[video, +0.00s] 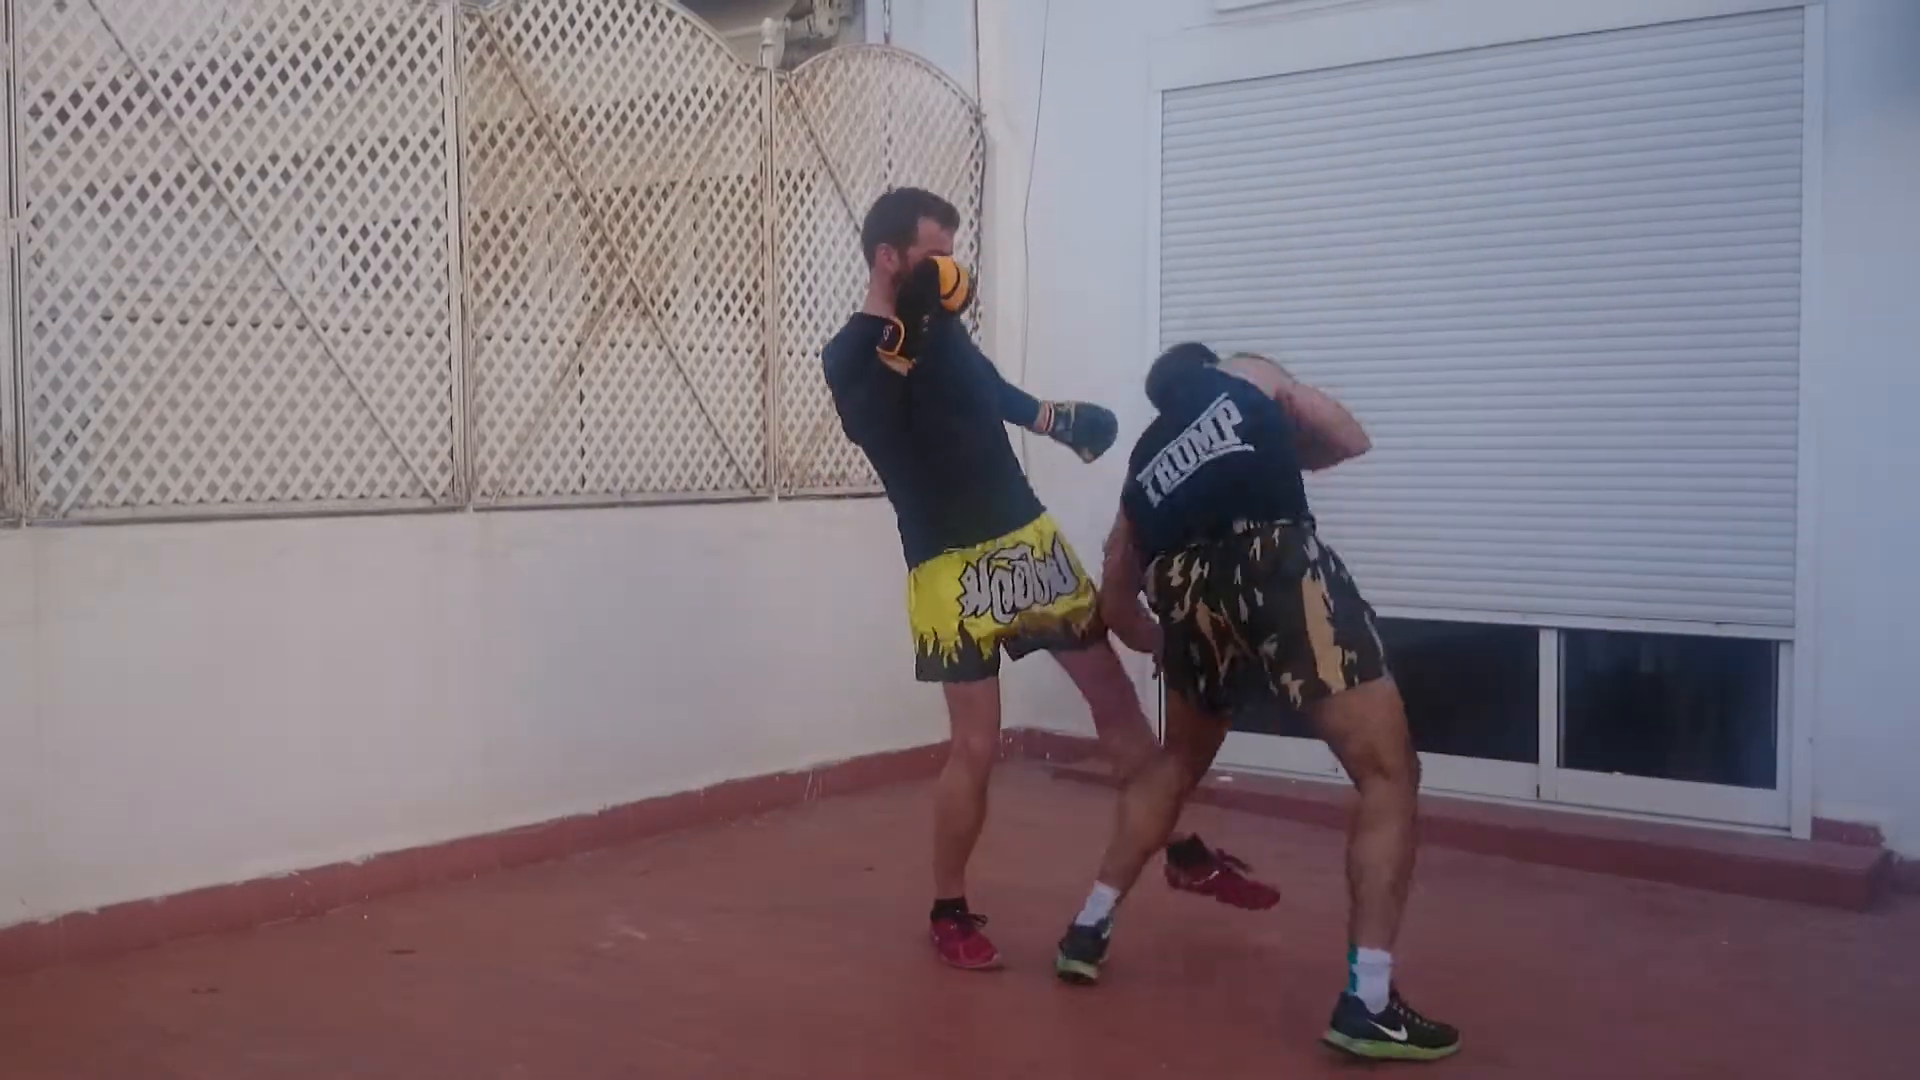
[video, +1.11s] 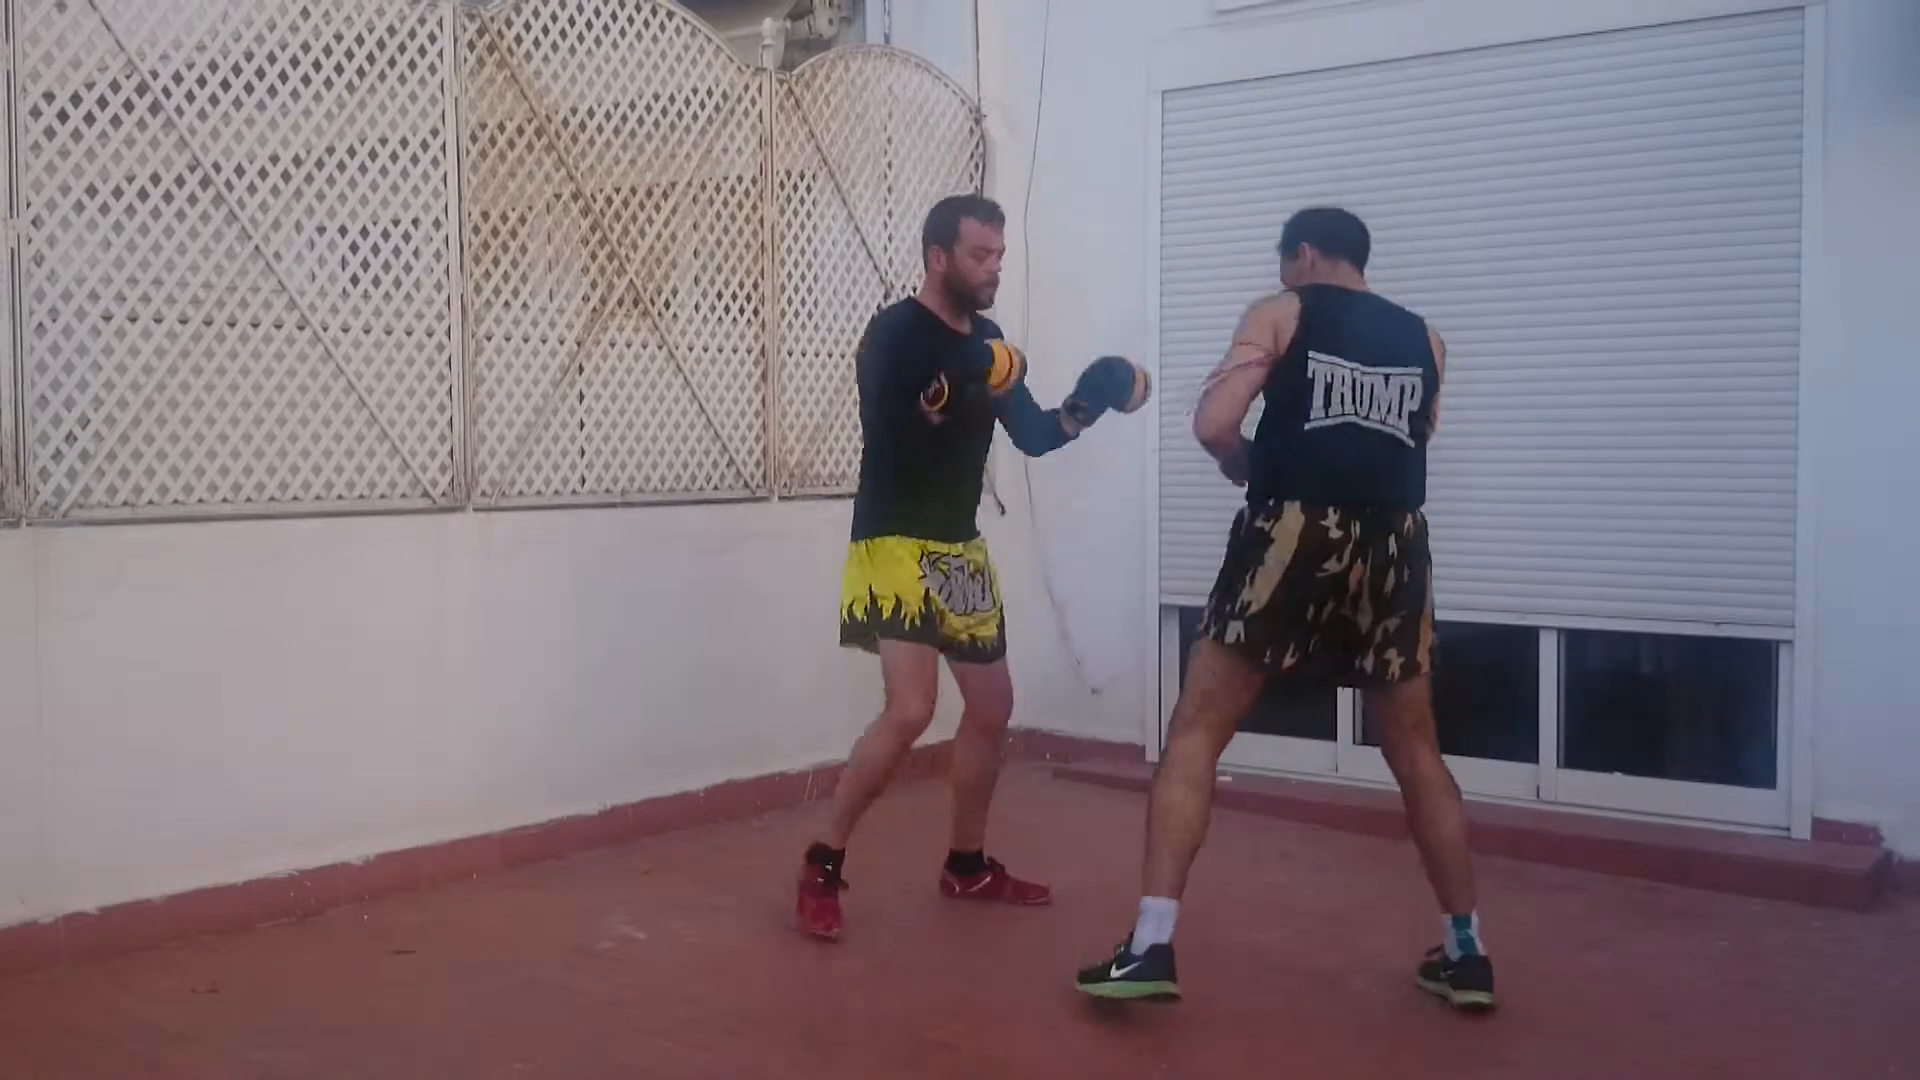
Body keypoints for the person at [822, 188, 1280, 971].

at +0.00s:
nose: (943, 271)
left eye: (947, 258)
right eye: (931, 257)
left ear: (932, 260)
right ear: (883, 257)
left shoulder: (940, 328)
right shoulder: (848, 350)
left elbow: (991, 391)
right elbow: (871, 429)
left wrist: (1050, 418)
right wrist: (896, 348)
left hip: (1027, 532)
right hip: (951, 558)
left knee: (1111, 690)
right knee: (976, 744)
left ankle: (1180, 852)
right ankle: (949, 911)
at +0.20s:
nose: (949, 287)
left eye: (952, 275)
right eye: (937, 273)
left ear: (935, 272)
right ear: (889, 270)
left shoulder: (950, 344)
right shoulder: (867, 367)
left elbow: (1013, 397)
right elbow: (961, 405)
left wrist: (1112, 391)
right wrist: (986, 300)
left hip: (1034, 545)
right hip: (961, 571)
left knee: (1114, 703)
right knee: (991, 755)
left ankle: (1151, 863)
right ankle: (952, 910)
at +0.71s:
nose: (1001, 279)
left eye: (1004, 266)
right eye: (988, 263)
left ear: (969, 260)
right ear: (942, 253)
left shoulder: (960, 334)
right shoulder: (911, 323)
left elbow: (976, 460)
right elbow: (1015, 343)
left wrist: (1059, 483)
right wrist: (1048, 253)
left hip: (1015, 543)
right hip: (959, 555)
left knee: (1073, 707)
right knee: (992, 736)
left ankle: (1086, 875)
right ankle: (953, 909)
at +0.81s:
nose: (1000, 260)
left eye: (1003, 248)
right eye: (987, 246)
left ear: (984, 250)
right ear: (940, 245)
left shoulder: (969, 327)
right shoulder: (909, 317)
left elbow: (974, 444)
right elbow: (976, 369)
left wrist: (1044, 469)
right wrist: (1051, 288)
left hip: (1003, 535)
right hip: (947, 543)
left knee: (1051, 700)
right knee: (983, 723)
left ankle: (1002, 845)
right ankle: (948, 906)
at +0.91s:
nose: (1005, 249)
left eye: (1007, 236)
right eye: (990, 238)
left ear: (1000, 245)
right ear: (945, 248)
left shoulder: (989, 331)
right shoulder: (920, 321)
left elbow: (982, 445)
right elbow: (929, 425)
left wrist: (1050, 465)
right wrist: (1007, 374)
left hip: (980, 539)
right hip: (929, 541)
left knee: (1009, 710)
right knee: (965, 718)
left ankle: (972, 860)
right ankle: (941, 907)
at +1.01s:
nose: (1009, 258)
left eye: (1011, 246)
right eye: (992, 248)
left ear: (1008, 254)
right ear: (949, 261)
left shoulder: (1004, 345)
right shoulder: (914, 340)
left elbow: (1000, 449)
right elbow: (908, 447)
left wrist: (1072, 457)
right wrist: (983, 422)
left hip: (966, 549)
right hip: (906, 547)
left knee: (1000, 710)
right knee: (942, 712)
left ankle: (965, 864)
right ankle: (907, 901)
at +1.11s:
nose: (994, 269)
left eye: (999, 256)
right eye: (981, 255)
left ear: (996, 259)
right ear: (935, 257)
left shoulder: (987, 348)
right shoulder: (893, 334)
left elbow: (1035, 436)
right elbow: (893, 439)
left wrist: (1091, 398)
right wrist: (952, 396)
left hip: (959, 542)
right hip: (894, 540)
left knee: (991, 705)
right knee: (909, 709)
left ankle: (967, 864)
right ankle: (823, 860)